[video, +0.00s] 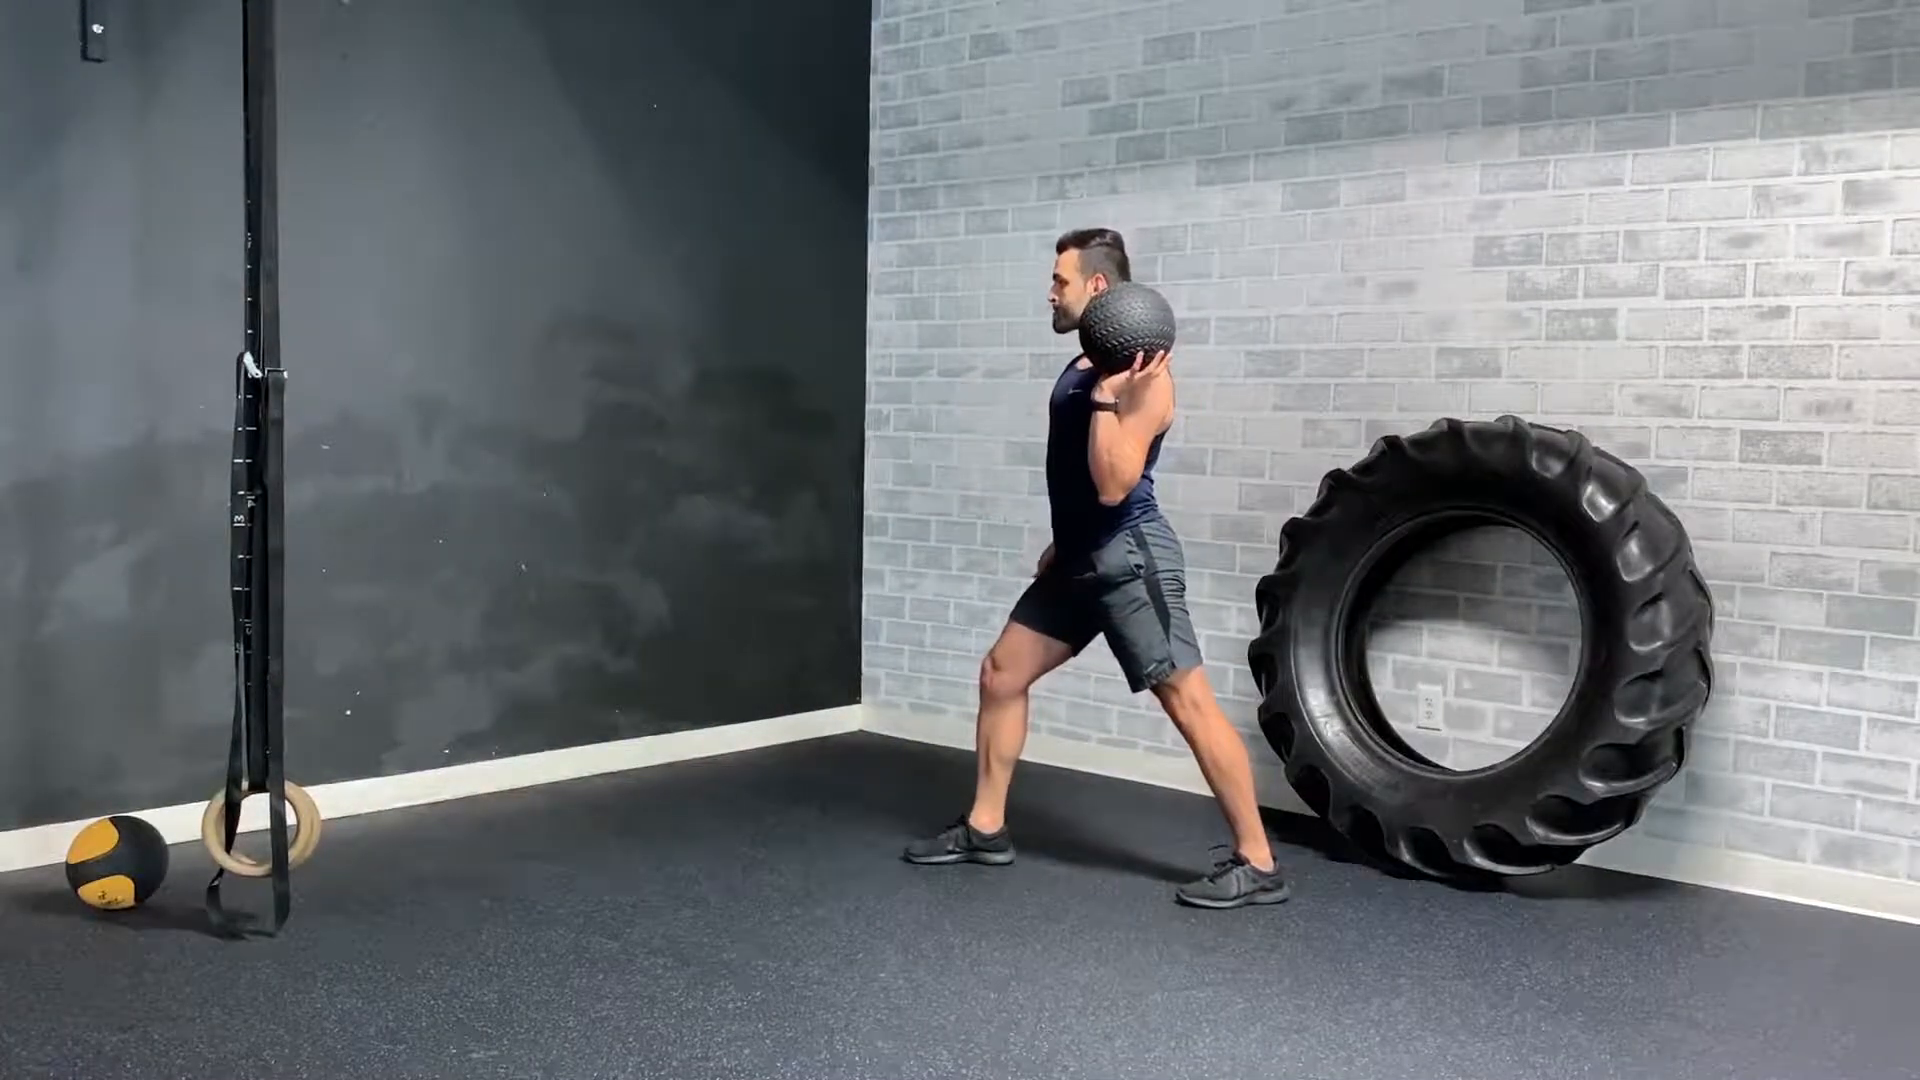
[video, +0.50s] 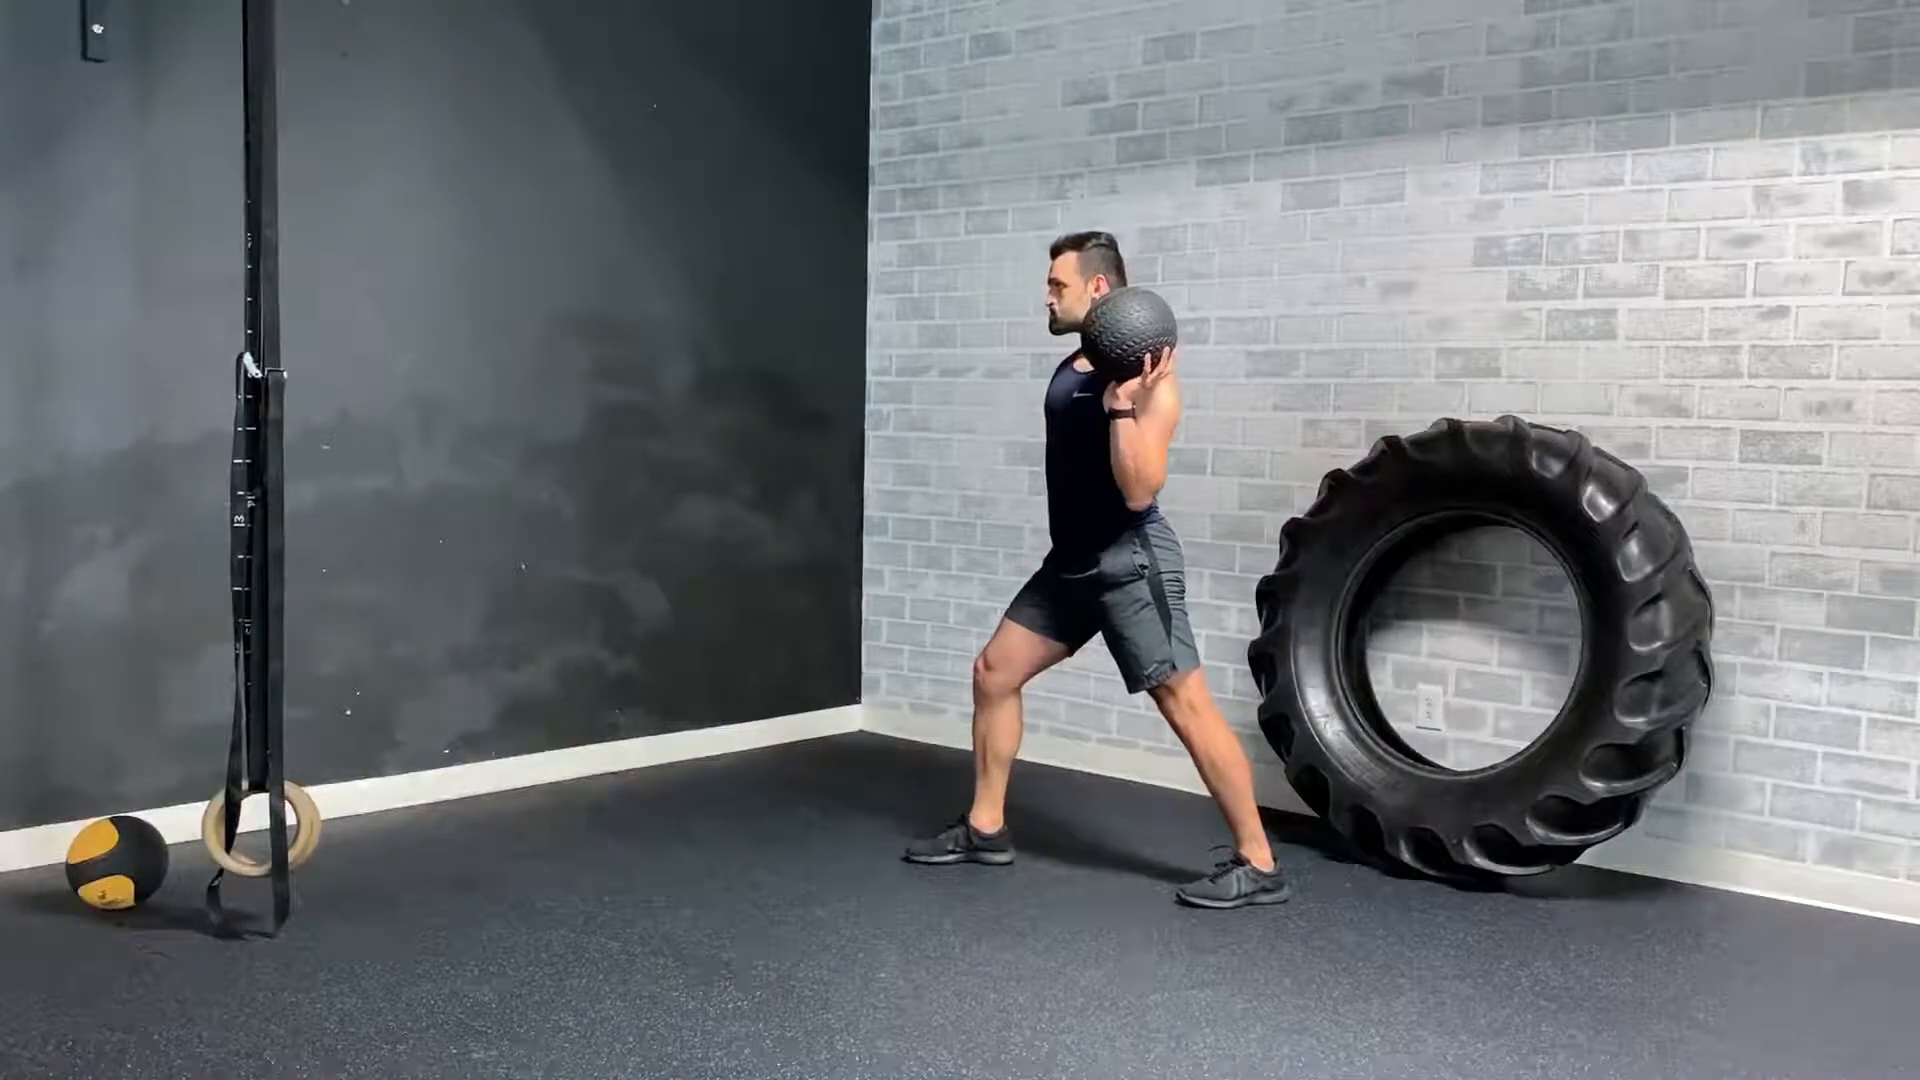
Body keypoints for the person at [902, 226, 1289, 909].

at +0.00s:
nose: (1051, 294)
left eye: (1061, 282)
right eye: (1053, 281)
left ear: (1101, 285)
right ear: (1093, 287)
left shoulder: (1148, 379)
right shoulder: (1087, 362)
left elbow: (1114, 485)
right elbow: (1086, 473)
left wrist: (1105, 402)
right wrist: (1064, 543)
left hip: (1135, 556)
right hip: (1081, 559)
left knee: (1190, 703)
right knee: (1002, 678)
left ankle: (1257, 860)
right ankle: (985, 829)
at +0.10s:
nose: (1051, 295)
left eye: (1061, 283)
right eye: (1052, 282)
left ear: (1101, 286)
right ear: (1094, 288)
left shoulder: (1150, 381)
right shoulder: (1085, 364)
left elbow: (1115, 485)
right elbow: (1085, 475)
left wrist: (1106, 404)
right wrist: (1074, 554)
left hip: (1135, 559)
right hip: (1080, 563)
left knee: (1191, 705)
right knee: (1001, 676)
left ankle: (1257, 861)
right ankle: (986, 830)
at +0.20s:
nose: (1052, 295)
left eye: (1062, 284)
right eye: (1053, 283)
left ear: (1103, 286)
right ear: (1095, 288)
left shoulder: (1151, 379)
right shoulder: (1084, 364)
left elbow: (1117, 484)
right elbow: (1086, 473)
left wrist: (1108, 404)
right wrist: (1074, 552)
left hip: (1135, 559)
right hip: (1080, 562)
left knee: (1191, 706)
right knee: (1000, 677)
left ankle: (1257, 861)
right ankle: (985, 830)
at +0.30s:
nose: (1052, 295)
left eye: (1063, 284)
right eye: (1054, 283)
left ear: (1104, 286)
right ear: (1095, 289)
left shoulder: (1153, 381)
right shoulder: (1084, 363)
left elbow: (1122, 485)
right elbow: (1086, 471)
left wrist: (1112, 404)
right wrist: (1074, 552)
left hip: (1135, 559)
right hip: (1079, 562)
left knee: (1191, 706)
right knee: (1000, 677)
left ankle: (1257, 861)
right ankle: (985, 830)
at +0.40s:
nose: (1052, 296)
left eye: (1063, 285)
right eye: (1053, 284)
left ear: (1104, 287)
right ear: (1095, 290)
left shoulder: (1154, 379)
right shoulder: (1082, 363)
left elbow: (1130, 487)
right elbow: (1085, 468)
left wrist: (1117, 410)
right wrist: (1074, 550)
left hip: (1135, 557)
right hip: (1080, 559)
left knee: (1189, 703)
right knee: (999, 676)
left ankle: (1257, 861)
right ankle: (985, 831)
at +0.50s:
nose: (1048, 298)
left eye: (1059, 286)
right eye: (1049, 286)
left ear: (1103, 287)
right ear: (1090, 290)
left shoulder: (1152, 378)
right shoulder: (1073, 366)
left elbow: (1141, 491)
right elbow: (1082, 467)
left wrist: (1121, 413)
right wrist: (1070, 549)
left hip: (1134, 560)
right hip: (1075, 561)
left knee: (1187, 705)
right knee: (994, 675)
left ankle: (1257, 861)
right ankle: (986, 829)